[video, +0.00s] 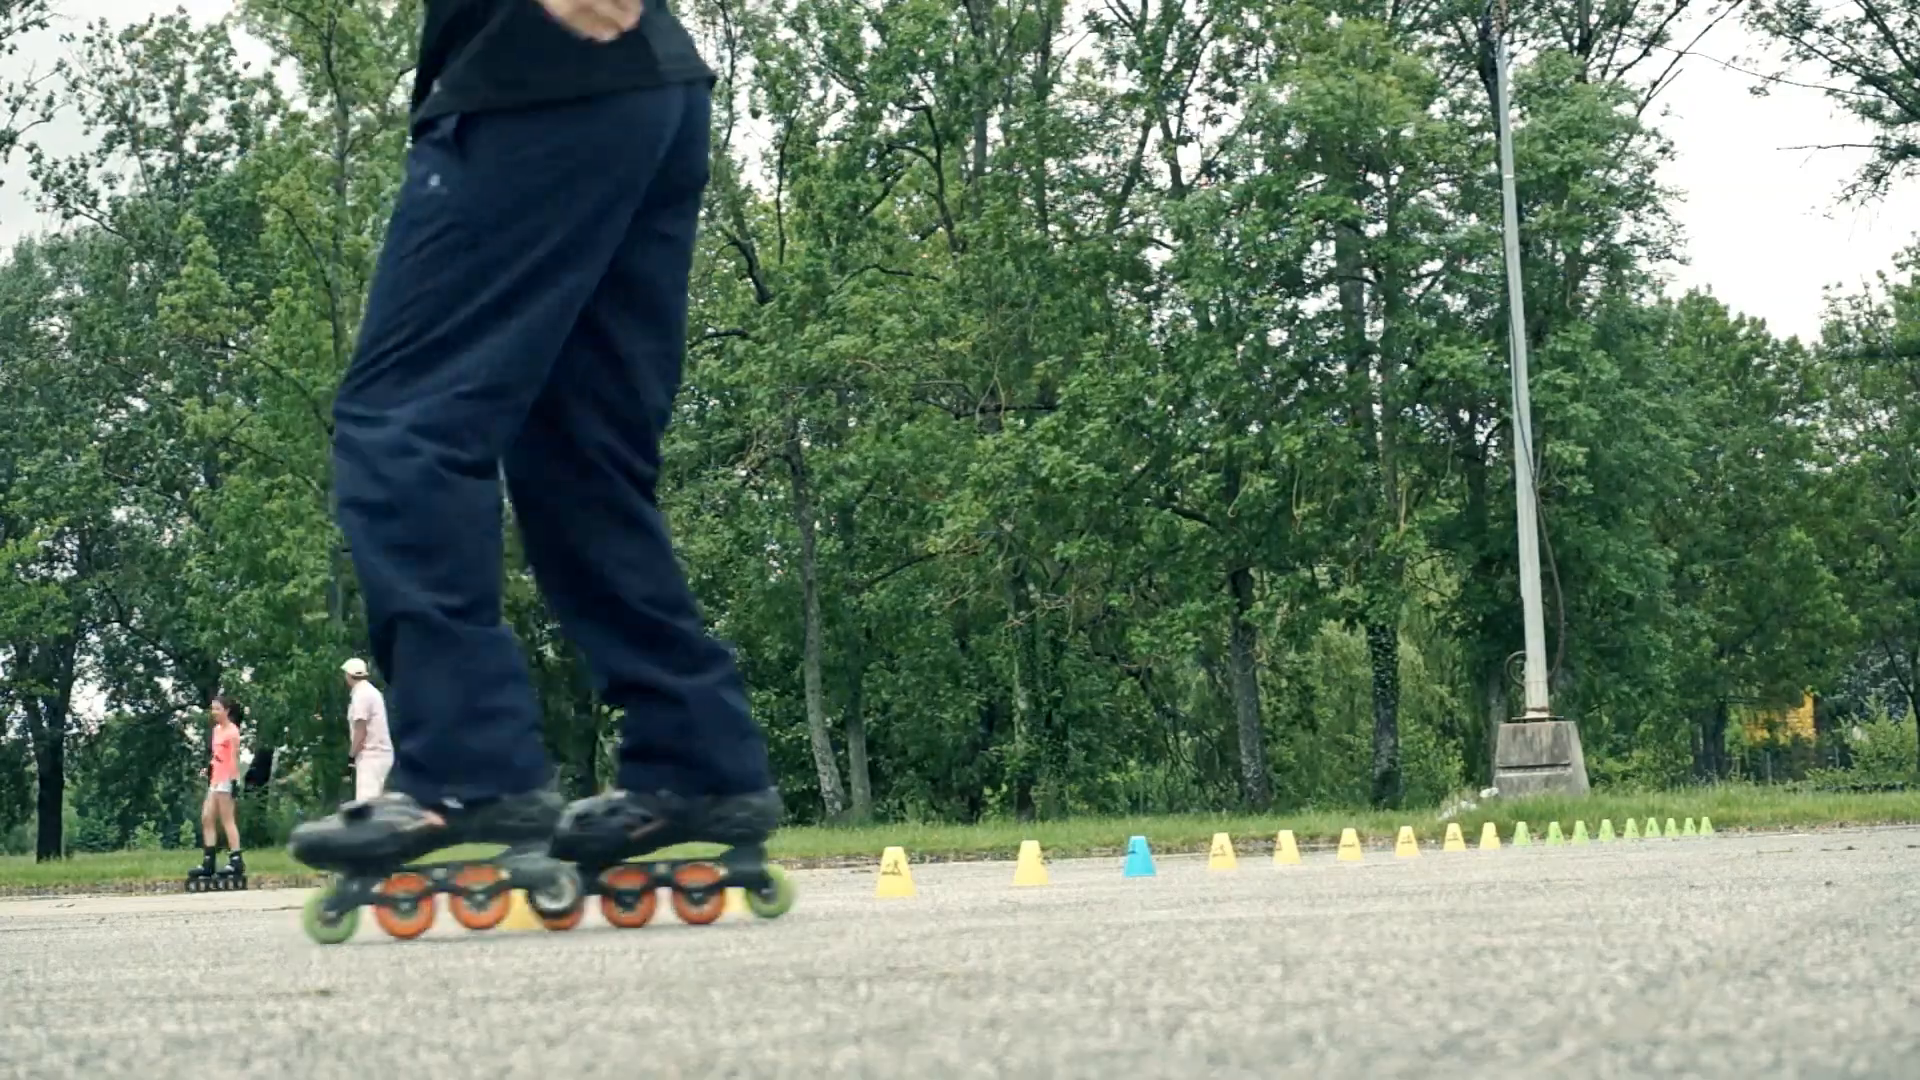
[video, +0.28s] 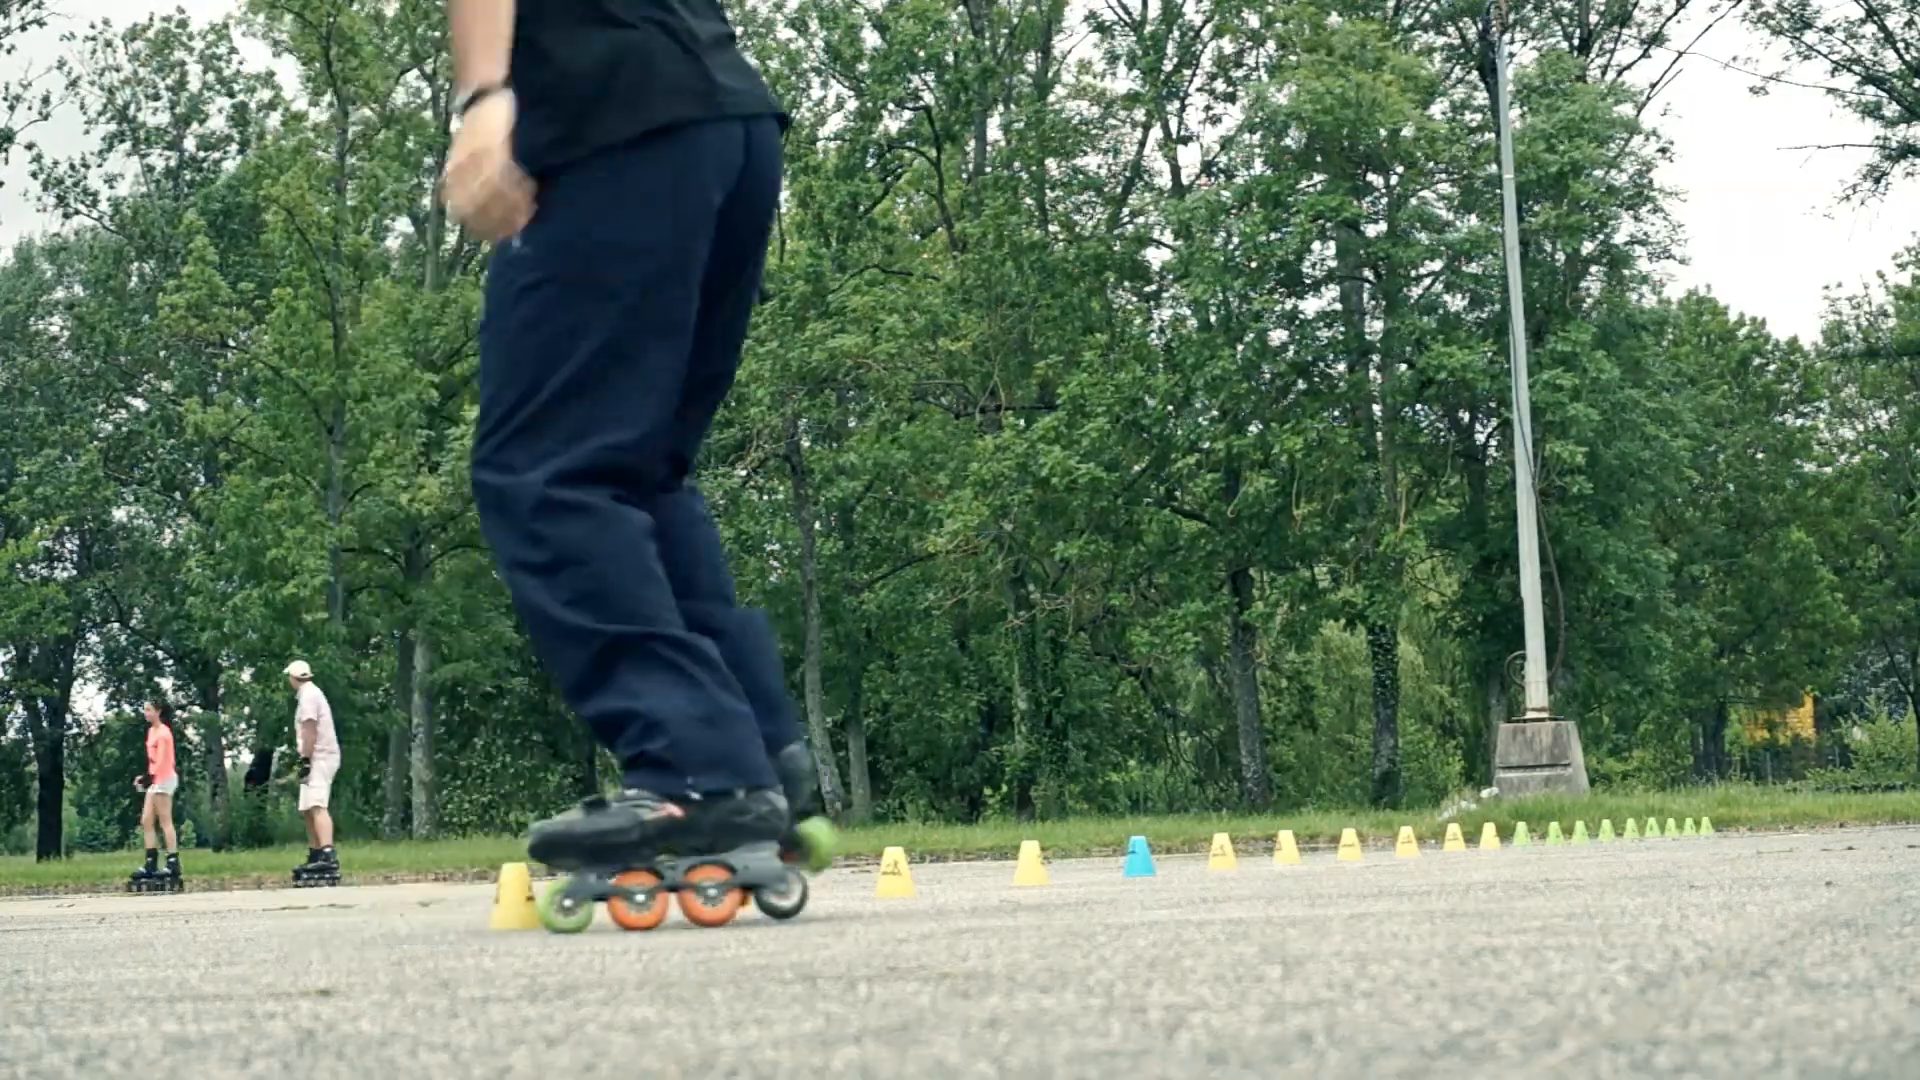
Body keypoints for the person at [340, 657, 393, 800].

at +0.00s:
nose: (345, 678)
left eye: (346, 674)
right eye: (345, 674)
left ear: (349, 676)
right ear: (363, 674)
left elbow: (360, 728)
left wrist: (352, 754)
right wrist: (355, 752)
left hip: (371, 754)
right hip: (381, 752)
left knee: (365, 801)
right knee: (371, 801)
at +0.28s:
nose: (288, 681)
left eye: (289, 677)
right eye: (289, 677)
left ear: (294, 677)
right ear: (306, 675)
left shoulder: (308, 694)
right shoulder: (309, 693)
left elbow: (310, 726)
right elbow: (308, 728)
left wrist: (305, 757)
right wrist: (303, 755)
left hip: (322, 754)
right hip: (316, 755)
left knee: (317, 805)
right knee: (307, 807)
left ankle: (327, 853)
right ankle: (315, 852)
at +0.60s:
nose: (227, 686)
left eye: (228, 681)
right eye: (226, 682)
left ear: (238, 677)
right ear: (236, 679)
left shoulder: (251, 695)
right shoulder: (247, 697)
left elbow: (254, 728)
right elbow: (251, 731)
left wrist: (249, 760)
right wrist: (247, 759)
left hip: (263, 756)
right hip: (253, 756)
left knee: (258, 806)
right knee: (247, 809)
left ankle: (268, 854)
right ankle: (256, 855)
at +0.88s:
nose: (179, 685)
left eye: (181, 680)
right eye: (178, 682)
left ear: (190, 678)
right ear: (188, 680)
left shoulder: (203, 696)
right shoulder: (197, 699)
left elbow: (207, 730)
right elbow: (202, 730)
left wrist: (198, 759)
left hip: (213, 758)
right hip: (203, 758)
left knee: (209, 806)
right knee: (197, 809)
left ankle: (220, 857)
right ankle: (207, 856)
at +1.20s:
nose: (124, 685)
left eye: (127, 680)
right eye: (124, 681)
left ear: (137, 679)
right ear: (134, 681)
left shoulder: (149, 699)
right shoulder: (143, 701)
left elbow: (154, 732)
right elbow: (149, 735)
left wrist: (152, 764)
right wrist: (144, 763)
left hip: (153, 761)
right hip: (144, 760)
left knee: (150, 811)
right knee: (143, 813)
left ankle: (162, 860)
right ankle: (152, 859)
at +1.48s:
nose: (74, 685)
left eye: (77, 681)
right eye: (74, 681)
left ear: (87, 680)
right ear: (84, 682)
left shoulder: (98, 702)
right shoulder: (92, 702)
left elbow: (102, 735)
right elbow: (98, 736)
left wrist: (100, 767)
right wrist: (95, 766)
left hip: (108, 760)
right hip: (96, 760)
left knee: (104, 812)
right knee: (94, 815)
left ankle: (114, 860)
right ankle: (102, 860)